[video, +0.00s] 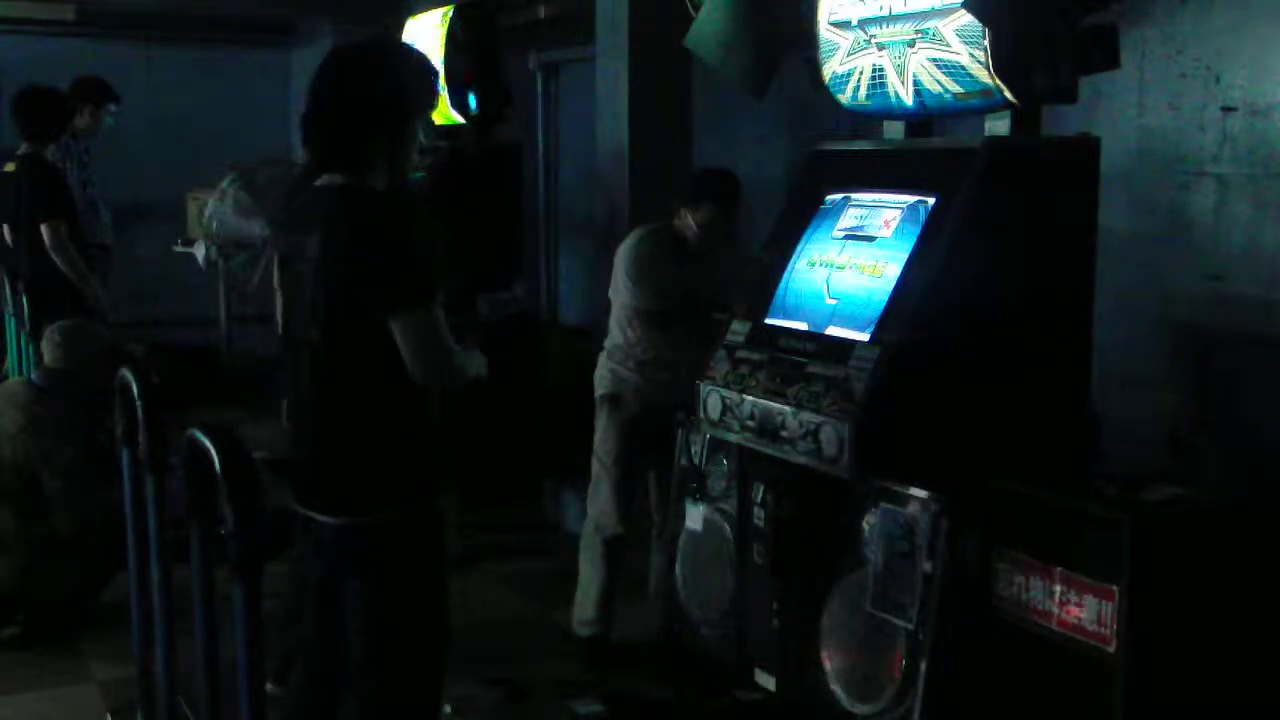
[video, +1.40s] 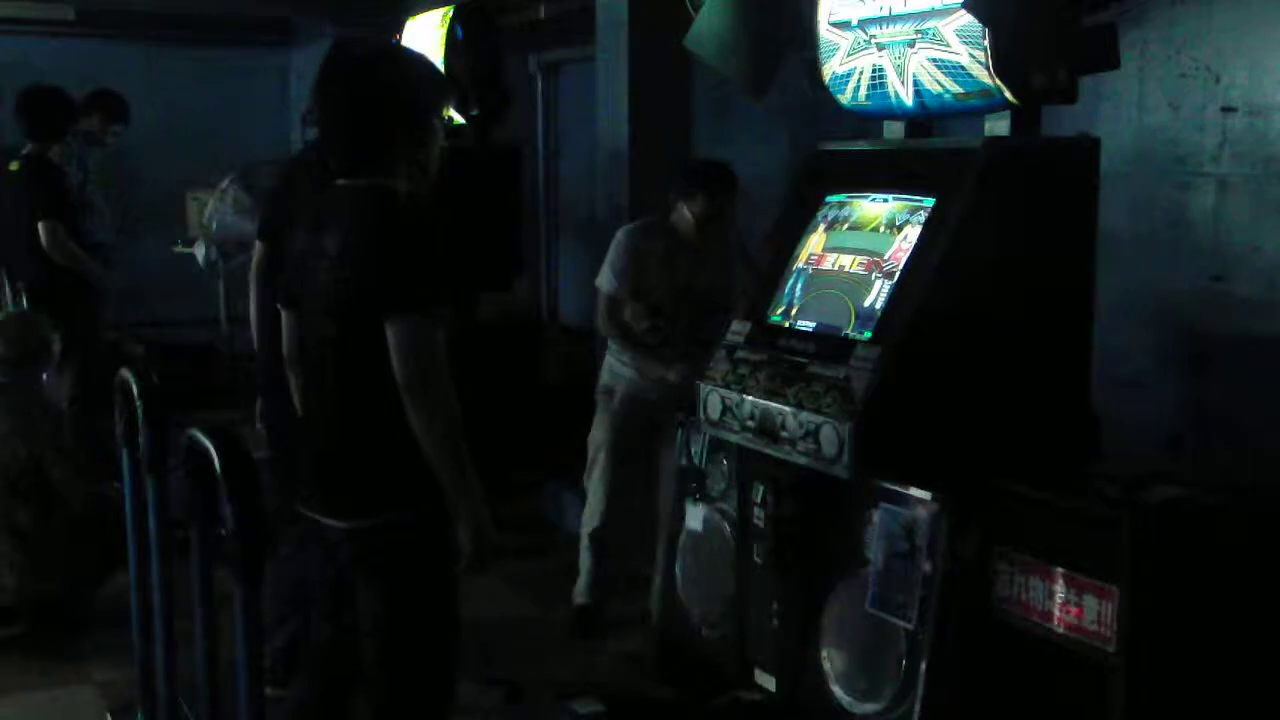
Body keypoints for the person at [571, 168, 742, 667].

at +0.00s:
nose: (710, 232)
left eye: (718, 224)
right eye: (705, 220)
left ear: (726, 223)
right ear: (684, 211)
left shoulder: (714, 258)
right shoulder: (643, 249)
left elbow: (722, 320)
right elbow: (645, 327)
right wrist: (710, 318)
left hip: (677, 392)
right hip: (624, 387)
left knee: (672, 511)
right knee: (611, 510)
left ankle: (666, 624)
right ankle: (590, 626)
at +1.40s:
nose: (706, 223)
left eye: (715, 214)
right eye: (701, 211)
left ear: (725, 212)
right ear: (681, 201)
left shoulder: (723, 251)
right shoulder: (634, 241)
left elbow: (734, 319)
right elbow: (607, 320)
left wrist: (705, 366)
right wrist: (660, 366)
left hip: (686, 390)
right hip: (628, 384)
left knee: (677, 504)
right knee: (605, 498)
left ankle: (666, 612)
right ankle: (588, 601)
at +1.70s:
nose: (645, 209)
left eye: (657, 200)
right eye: (639, 197)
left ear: (675, 200)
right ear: (628, 193)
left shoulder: (688, 243)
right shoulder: (602, 235)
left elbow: (725, 300)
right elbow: (573, 302)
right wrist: (603, 357)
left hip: (667, 383)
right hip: (610, 379)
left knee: (670, 503)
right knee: (602, 495)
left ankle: (666, 607)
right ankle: (606, 595)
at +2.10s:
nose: (579, 207)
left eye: (585, 196)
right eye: (575, 198)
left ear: (610, 190)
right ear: (576, 197)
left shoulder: (645, 238)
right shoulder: (586, 236)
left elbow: (658, 314)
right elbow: (580, 302)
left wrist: (628, 371)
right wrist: (575, 354)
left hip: (640, 381)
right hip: (594, 379)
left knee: (642, 493)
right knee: (592, 491)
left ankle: (650, 602)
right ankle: (604, 592)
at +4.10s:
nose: (582, 212)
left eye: (585, 201)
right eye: (578, 202)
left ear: (607, 192)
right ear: (595, 198)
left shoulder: (650, 230)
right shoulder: (617, 232)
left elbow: (676, 302)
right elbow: (624, 305)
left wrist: (684, 373)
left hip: (646, 376)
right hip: (614, 373)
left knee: (642, 487)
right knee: (618, 485)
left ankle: (652, 596)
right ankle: (633, 585)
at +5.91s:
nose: (596, 182)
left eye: (602, 172)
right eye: (597, 171)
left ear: (618, 177)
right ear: (630, 177)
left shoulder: (645, 229)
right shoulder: (633, 228)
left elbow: (642, 315)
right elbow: (630, 314)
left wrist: (621, 386)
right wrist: (609, 374)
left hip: (629, 379)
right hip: (613, 374)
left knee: (637, 490)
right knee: (622, 486)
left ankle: (651, 588)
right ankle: (634, 582)